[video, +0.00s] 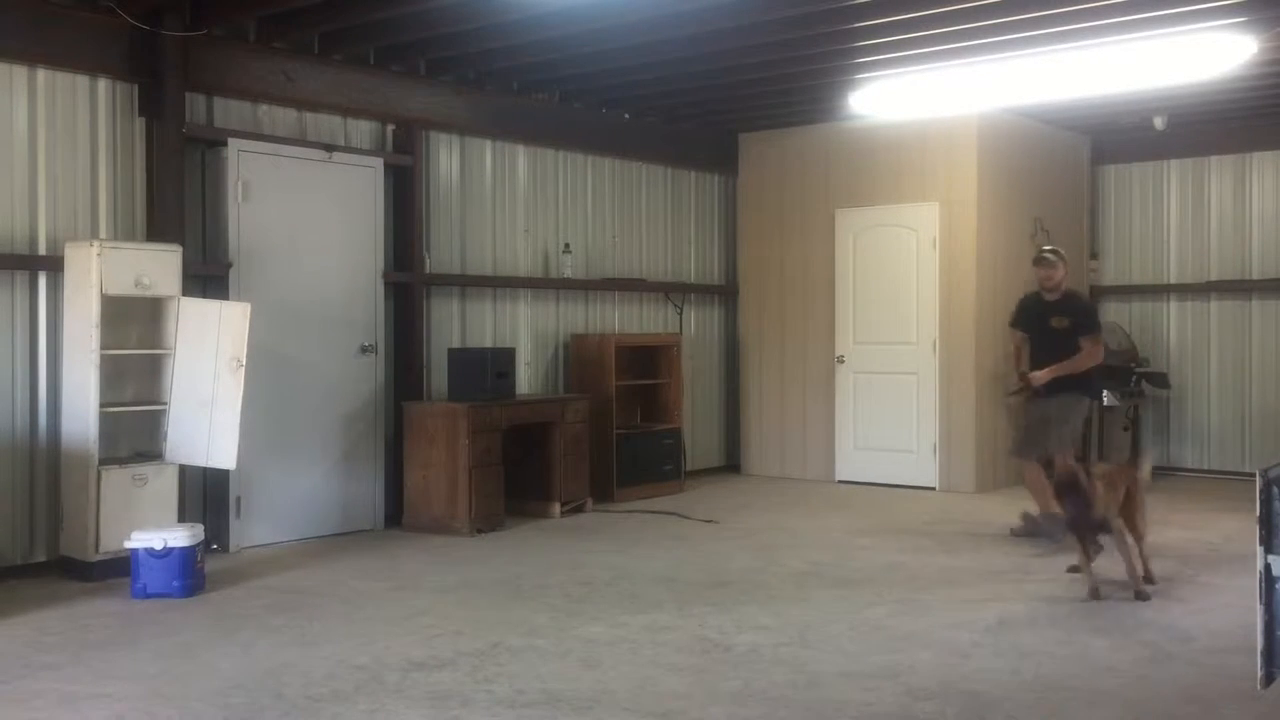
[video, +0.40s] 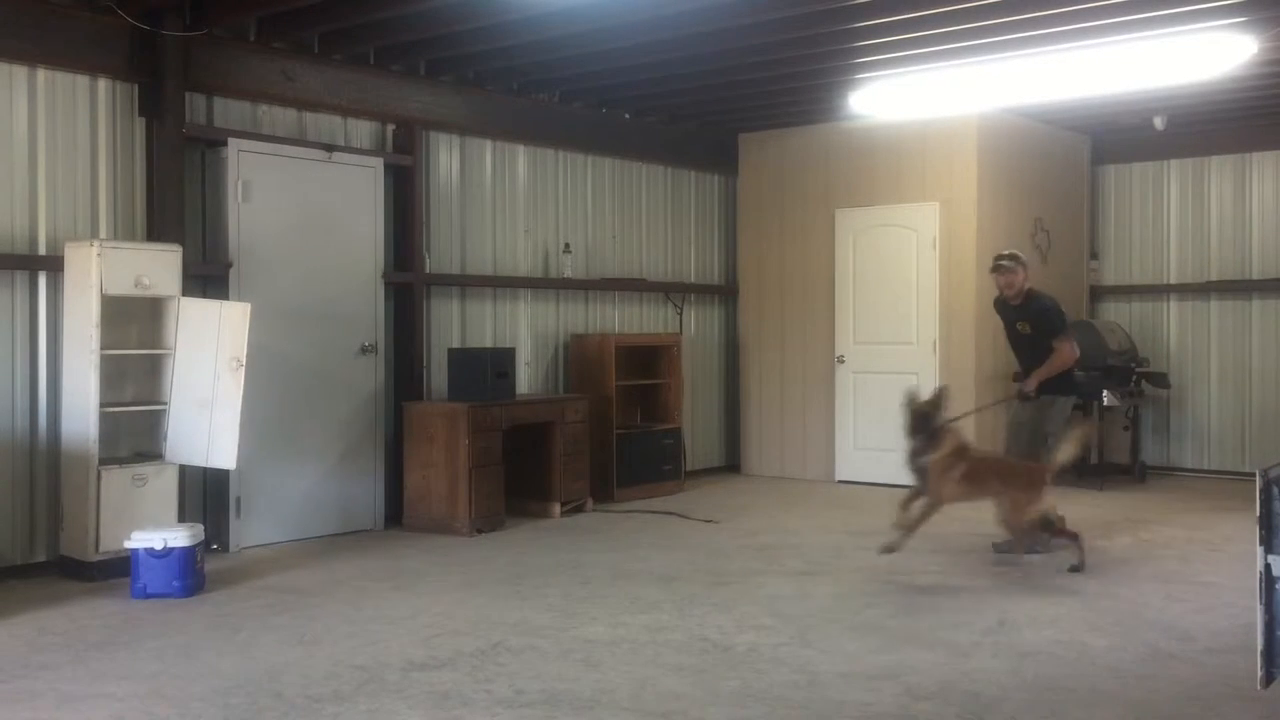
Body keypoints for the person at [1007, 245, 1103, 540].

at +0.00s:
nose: (1047, 275)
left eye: (1053, 269)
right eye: (1041, 269)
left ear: (1064, 271)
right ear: (1035, 273)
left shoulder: (1080, 305)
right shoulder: (1029, 304)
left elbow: (1095, 353)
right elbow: (1019, 342)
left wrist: (1049, 373)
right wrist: (1022, 374)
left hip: (1074, 392)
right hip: (1041, 391)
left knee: (1062, 454)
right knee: (1028, 456)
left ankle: (1075, 517)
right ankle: (1049, 517)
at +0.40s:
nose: (1005, 279)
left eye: (1011, 273)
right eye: (999, 274)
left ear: (1025, 275)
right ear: (994, 279)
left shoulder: (1045, 307)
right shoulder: (1001, 307)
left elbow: (1069, 353)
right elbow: (1028, 342)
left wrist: (1035, 378)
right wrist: (1027, 372)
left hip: (1057, 393)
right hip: (1030, 392)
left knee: (1039, 461)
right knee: (1014, 458)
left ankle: (1046, 529)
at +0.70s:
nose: (986, 277)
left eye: (992, 270)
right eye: (981, 272)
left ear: (1008, 272)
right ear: (978, 277)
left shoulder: (1025, 302)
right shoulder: (994, 305)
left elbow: (1032, 355)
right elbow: (1019, 346)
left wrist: (990, 378)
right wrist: (1012, 375)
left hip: (1051, 387)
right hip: (1026, 386)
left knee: (1024, 455)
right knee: (996, 449)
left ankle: (1037, 533)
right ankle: (1038, 509)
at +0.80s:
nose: (978, 274)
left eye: (984, 268)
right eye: (973, 269)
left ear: (1000, 270)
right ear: (969, 275)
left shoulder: (1014, 299)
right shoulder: (988, 303)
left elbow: (1013, 355)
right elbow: (1010, 349)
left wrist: (974, 386)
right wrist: (1000, 375)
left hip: (1043, 387)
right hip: (1019, 386)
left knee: (1016, 457)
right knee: (989, 446)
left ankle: (1037, 533)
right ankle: (1013, 517)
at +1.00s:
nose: (953, 278)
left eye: (959, 271)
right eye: (948, 273)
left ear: (974, 273)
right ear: (945, 279)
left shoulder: (988, 301)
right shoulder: (967, 307)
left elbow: (993, 355)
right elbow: (987, 352)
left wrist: (956, 387)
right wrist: (979, 379)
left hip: (1018, 389)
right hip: (997, 389)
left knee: (986, 453)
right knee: (967, 450)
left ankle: (1021, 518)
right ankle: (972, 524)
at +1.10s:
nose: (941, 284)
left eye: (946, 277)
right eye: (937, 279)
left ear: (961, 278)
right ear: (935, 284)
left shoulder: (977, 307)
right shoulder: (957, 309)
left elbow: (989, 357)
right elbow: (981, 356)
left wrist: (953, 388)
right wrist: (967, 385)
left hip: (1000, 391)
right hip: (991, 390)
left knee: (953, 450)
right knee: (969, 450)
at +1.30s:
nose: (916, 292)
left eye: (922, 285)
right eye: (912, 287)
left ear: (938, 285)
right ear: (909, 291)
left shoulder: (952, 314)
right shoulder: (936, 317)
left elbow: (979, 362)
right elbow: (962, 359)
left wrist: (949, 390)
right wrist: (953, 391)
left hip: (985, 397)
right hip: (973, 396)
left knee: (949, 460)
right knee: (943, 458)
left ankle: (925, 532)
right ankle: (970, 526)